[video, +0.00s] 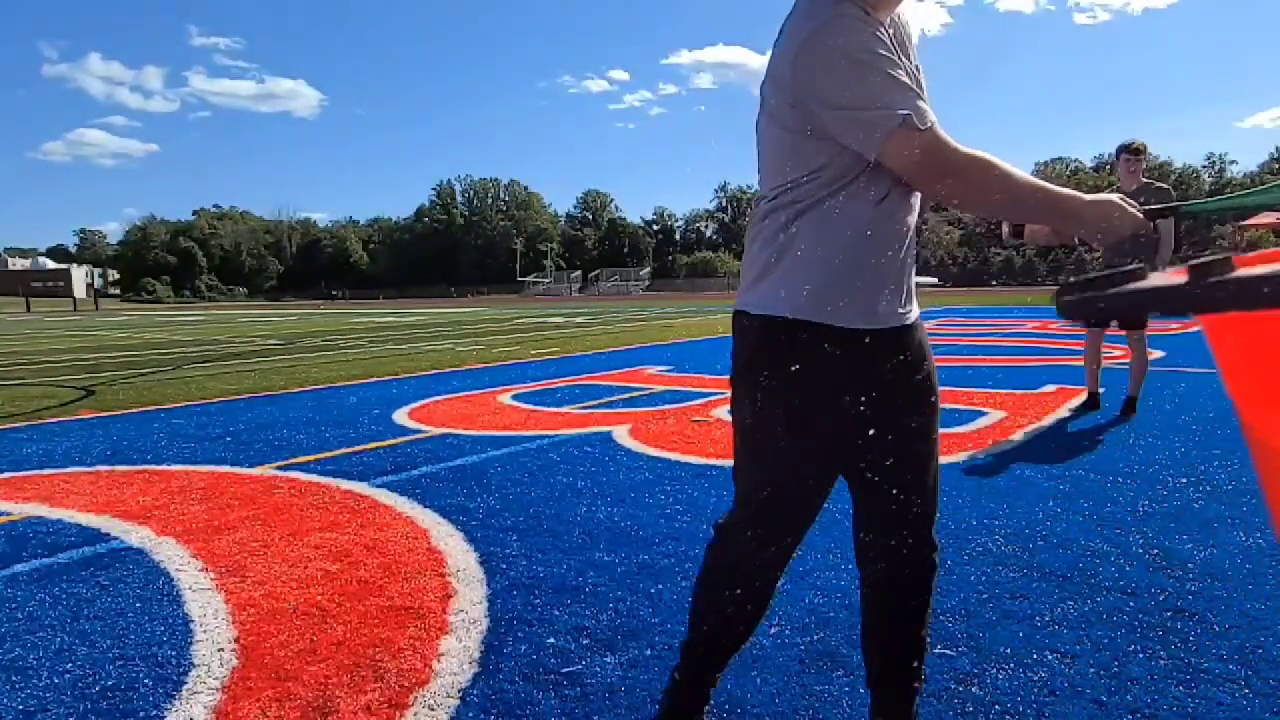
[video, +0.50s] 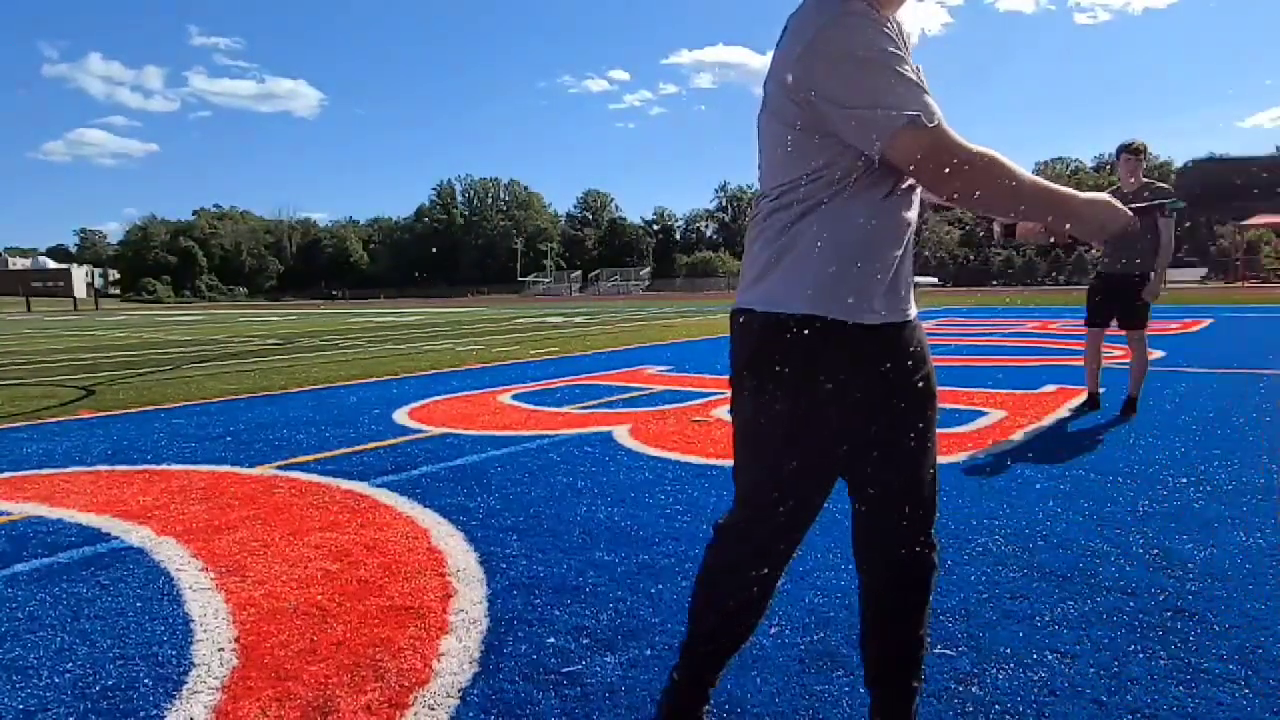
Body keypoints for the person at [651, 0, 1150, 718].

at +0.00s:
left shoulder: (890, 33)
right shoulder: (832, 31)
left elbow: (921, 175)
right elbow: (937, 165)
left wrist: (1018, 217)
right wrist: (1088, 209)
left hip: (886, 334)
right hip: (797, 334)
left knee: (901, 546)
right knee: (764, 529)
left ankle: (895, 707)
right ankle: (687, 697)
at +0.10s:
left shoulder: (888, 35)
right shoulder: (833, 31)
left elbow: (922, 172)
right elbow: (935, 163)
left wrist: (1019, 217)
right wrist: (1079, 204)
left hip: (885, 331)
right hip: (798, 332)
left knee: (902, 542)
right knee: (765, 528)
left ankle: (895, 707)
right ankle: (687, 697)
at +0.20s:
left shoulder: (885, 36)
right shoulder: (835, 30)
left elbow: (925, 174)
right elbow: (942, 166)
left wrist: (1021, 217)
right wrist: (1081, 206)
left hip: (884, 331)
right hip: (799, 332)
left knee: (902, 543)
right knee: (764, 530)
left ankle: (895, 705)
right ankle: (685, 699)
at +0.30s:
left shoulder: (882, 36)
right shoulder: (835, 28)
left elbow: (919, 176)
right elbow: (941, 163)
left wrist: (1020, 218)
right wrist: (1079, 204)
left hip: (884, 332)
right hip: (796, 332)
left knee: (902, 545)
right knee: (764, 528)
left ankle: (894, 706)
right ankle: (685, 698)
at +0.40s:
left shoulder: (873, 36)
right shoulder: (839, 27)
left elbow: (916, 173)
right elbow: (940, 162)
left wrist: (1010, 215)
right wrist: (1079, 206)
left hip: (883, 332)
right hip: (800, 332)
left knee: (902, 543)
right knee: (764, 529)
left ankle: (893, 705)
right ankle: (684, 699)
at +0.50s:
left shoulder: (870, 36)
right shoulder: (838, 26)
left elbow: (917, 176)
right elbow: (944, 162)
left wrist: (1019, 219)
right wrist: (1075, 205)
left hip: (882, 332)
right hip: (799, 332)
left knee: (901, 547)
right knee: (763, 532)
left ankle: (893, 706)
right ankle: (684, 699)